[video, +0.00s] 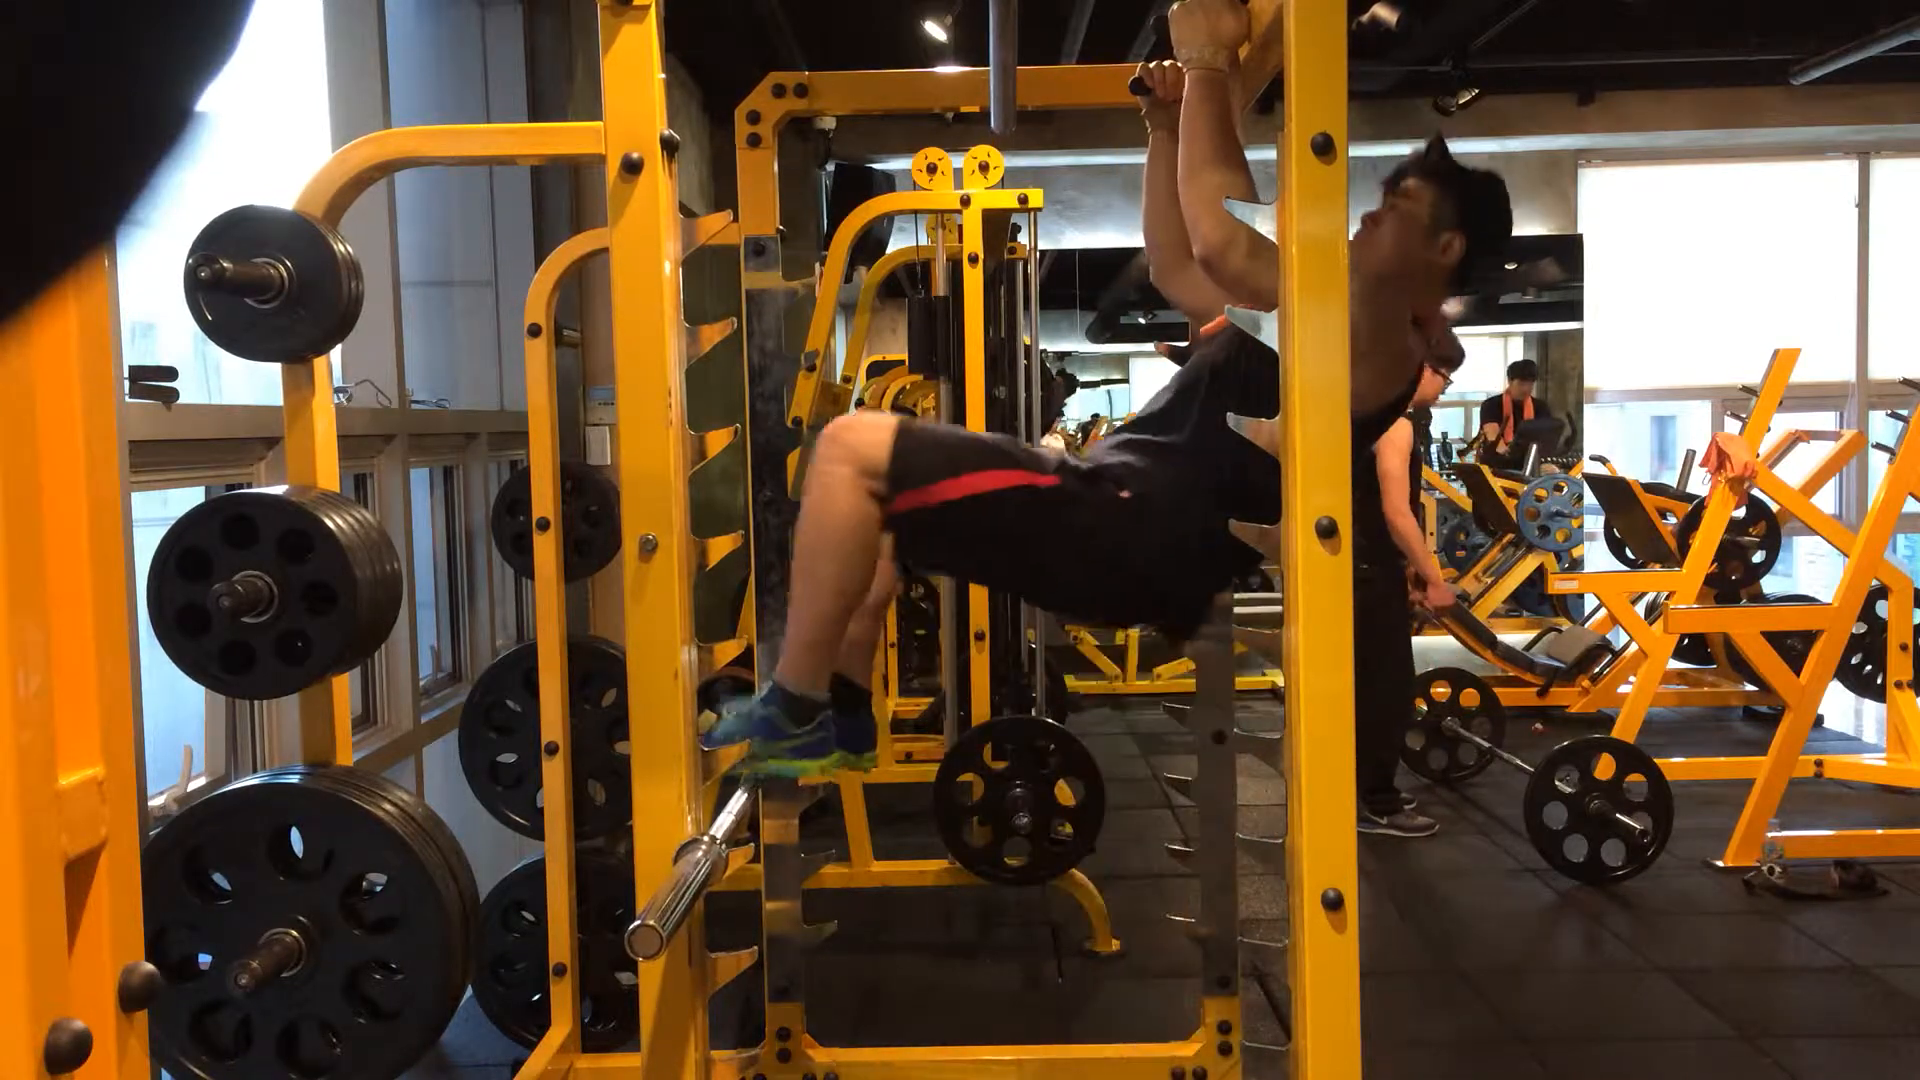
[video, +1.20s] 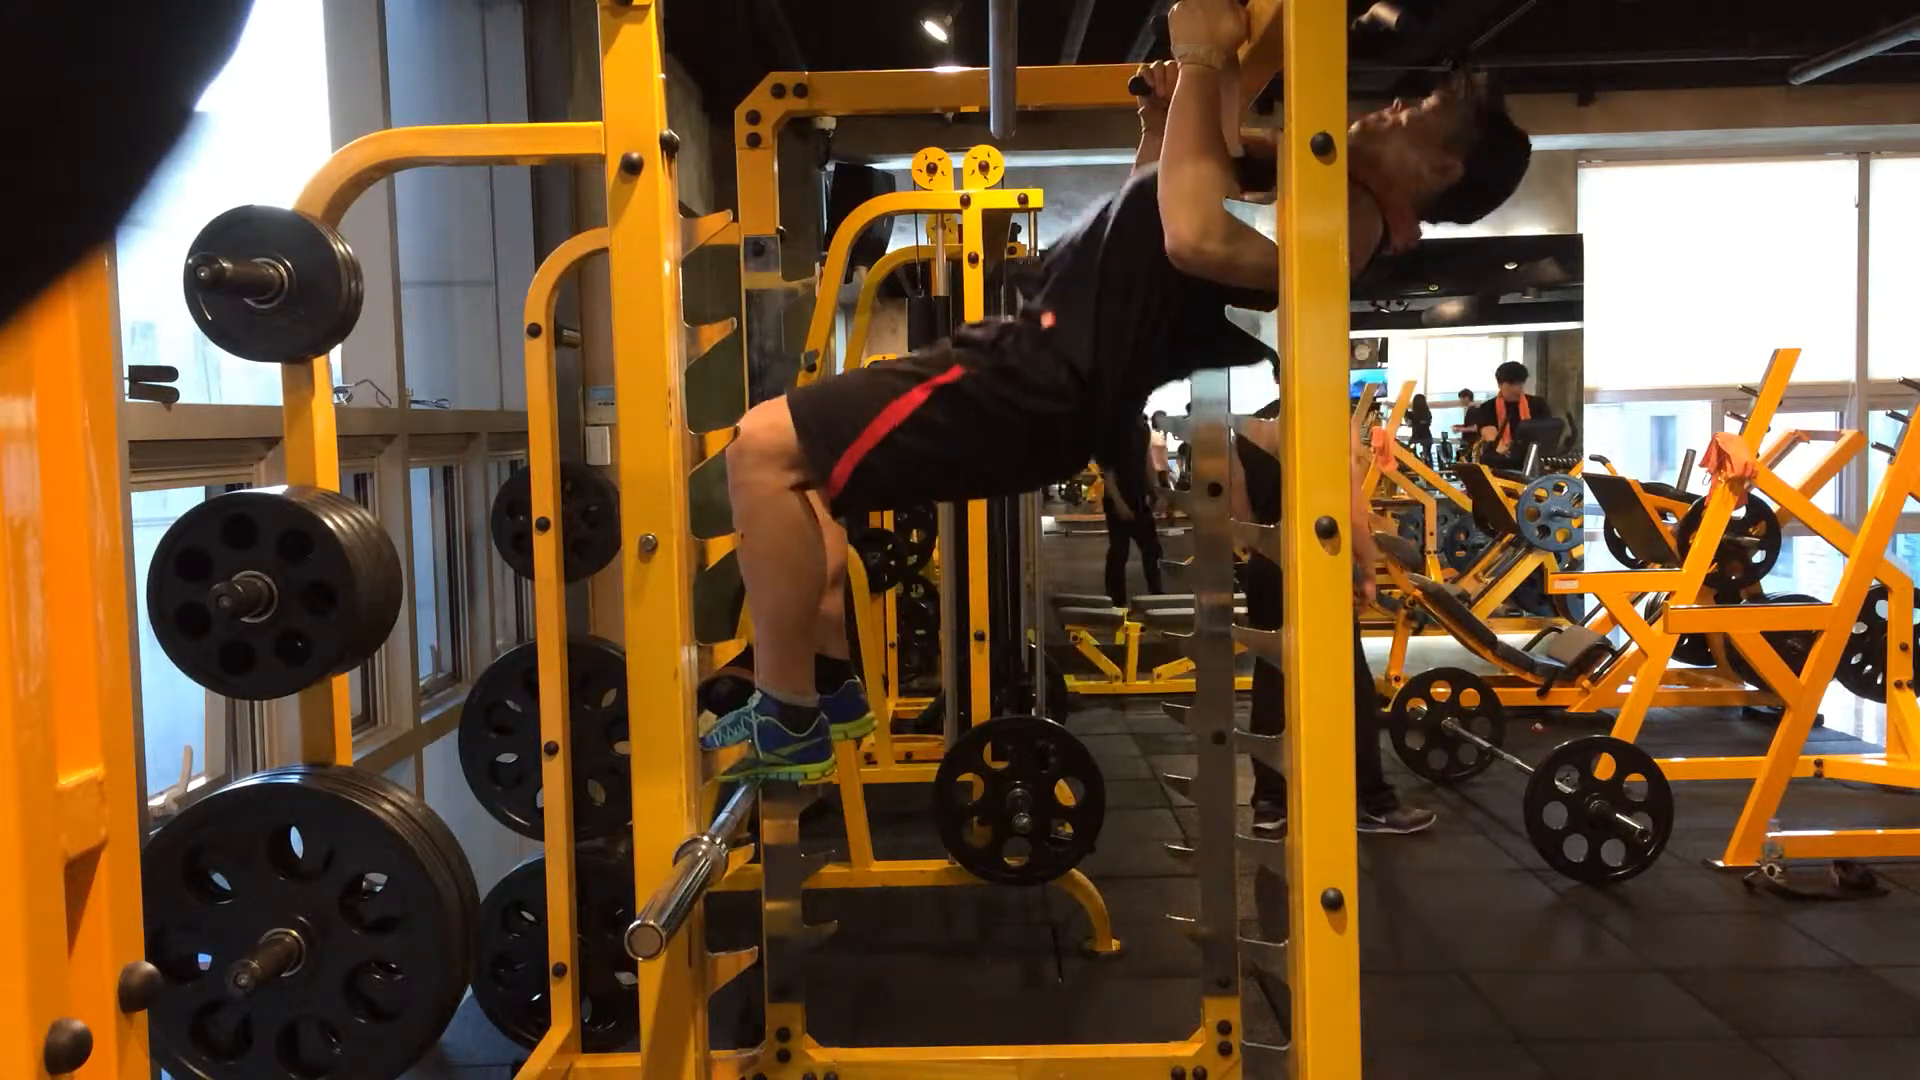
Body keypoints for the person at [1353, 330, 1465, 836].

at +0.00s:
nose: (1442, 387)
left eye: (1444, 377)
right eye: (1439, 375)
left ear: (1421, 374)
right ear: (1418, 370)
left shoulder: (1391, 418)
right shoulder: (1395, 422)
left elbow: (1393, 510)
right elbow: (1395, 510)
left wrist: (1415, 569)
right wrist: (1433, 576)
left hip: (1370, 568)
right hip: (1372, 571)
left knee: (1379, 677)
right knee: (1388, 678)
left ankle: (1373, 791)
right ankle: (1376, 799)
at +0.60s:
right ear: (1393, 396)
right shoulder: (1389, 432)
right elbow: (1405, 516)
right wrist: (1440, 578)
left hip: (1329, 574)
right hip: (1373, 579)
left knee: (1335, 685)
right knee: (1393, 684)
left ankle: (1317, 790)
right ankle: (1379, 801)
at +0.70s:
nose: (1396, 399)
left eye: (1396, 392)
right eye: (1393, 391)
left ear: (1349, 381)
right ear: (1378, 385)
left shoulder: (1318, 423)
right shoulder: (1379, 426)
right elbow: (1401, 518)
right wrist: (1433, 576)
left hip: (1320, 574)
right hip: (1369, 577)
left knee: (1320, 688)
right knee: (1390, 689)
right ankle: (1379, 802)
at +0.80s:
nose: (1382, 387)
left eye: (1380, 377)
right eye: (1377, 378)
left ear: (1341, 383)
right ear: (1363, 383)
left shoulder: (1311, 424)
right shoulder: (1372, 431)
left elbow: (1259, 435)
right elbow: (1392, 519)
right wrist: (1424, 576)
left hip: (1318, 577)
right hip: (1364, 580)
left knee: (1315, 687)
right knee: (1387, 690)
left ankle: (1279, 792)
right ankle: (1380, 803)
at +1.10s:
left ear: (1291, 374)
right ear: (1335, 376)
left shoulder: (1260, 427)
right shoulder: (1342, 427)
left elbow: (1254, 508)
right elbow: (1359, 512)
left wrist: (1259, 554)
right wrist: (1385, 570)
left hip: (1274, 574)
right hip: (1327, 576)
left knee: (1275, 684)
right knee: (1361, 688)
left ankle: (1270, 804)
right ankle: (1377, 802)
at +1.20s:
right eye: (1336, 376)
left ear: (1282, 379)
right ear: (1327, 384)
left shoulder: (1249, 431)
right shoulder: (1337, 432)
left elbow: (1241, 512)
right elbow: (1355, 512)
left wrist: (1252, 552)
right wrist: (1368, 572)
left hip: (1267, 574)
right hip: (1325, 576)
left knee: (1271, 685)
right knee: (1356, 687)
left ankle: (1270, 802)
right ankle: (1375, 800)